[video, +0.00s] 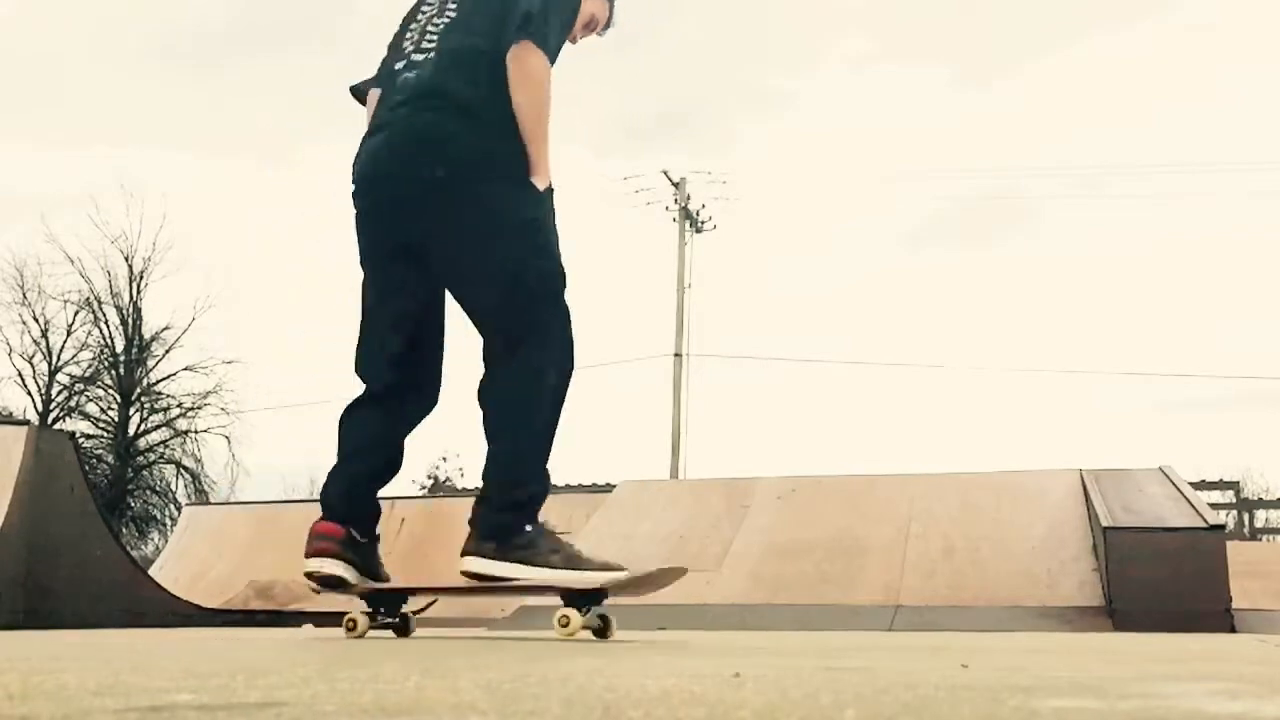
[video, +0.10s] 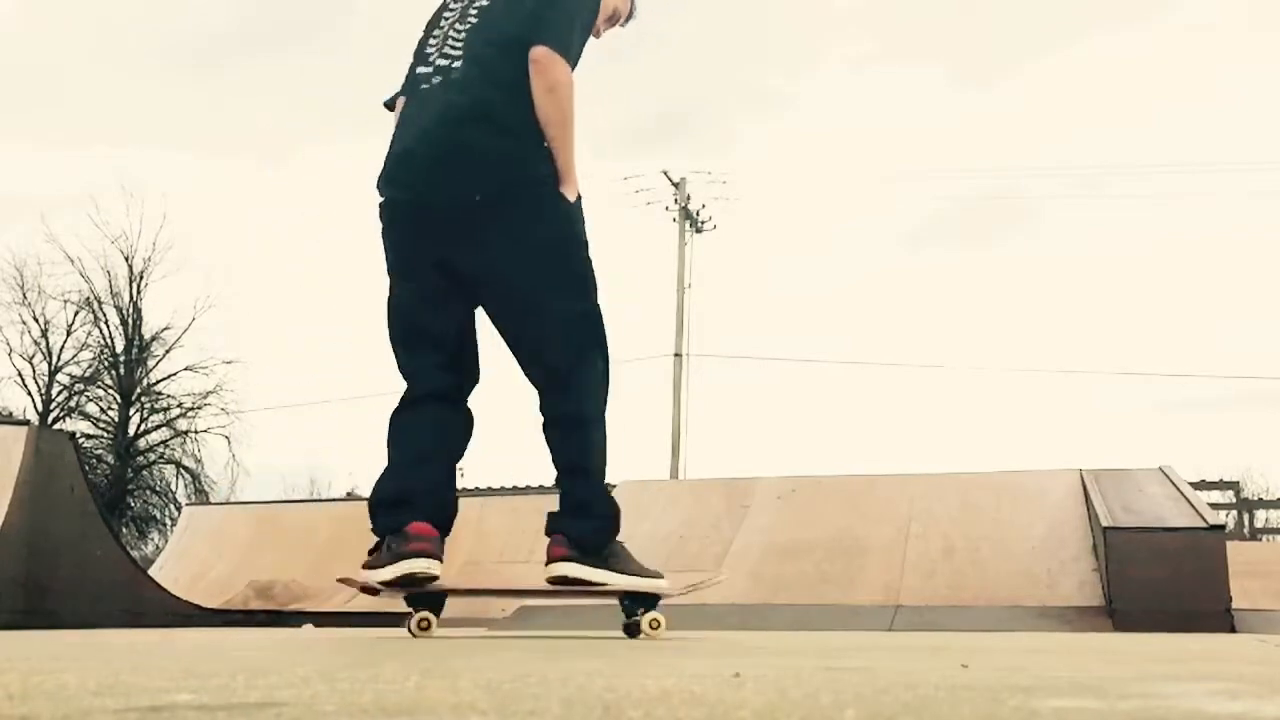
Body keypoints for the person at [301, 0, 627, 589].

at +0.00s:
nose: (583, 34)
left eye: (592, 31)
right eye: (594, 22)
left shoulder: (432, 8)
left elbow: (377, 94)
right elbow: (527, 53)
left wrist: (386, 171)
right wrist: (540, 171)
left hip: (385, 168)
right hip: (473, 163)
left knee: (399, 364)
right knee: (534, 345)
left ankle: (344, 522)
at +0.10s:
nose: (609, 25)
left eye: (616, 23)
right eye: (618, 15)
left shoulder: (458, 10)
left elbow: (404, 102)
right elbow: (547, 61)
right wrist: (567, 175)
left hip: (411, 185)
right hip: (506, 180)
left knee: (433, 373)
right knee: (572, 359)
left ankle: (411, 530)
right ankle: (584, 532)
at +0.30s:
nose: (671, 17)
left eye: (674, 11)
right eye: (675, 9)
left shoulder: (517, 8)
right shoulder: (637, 1)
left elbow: (479, 106)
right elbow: (617, 77)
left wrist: (490, 180)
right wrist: (631, 190)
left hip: (482, 195)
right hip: (579, 198)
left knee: (477, 369)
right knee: (594, 383)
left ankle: (450, 518)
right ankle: (585, 535)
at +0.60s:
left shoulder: (586, 7)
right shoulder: (723, 7)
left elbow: (550, 102)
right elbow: (707, 98)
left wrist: (541, 182)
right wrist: (704, 205)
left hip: (556, 194)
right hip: (651, 199)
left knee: (538, 370)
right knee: (650, 386)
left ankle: (515, 518)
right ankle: (645, 544)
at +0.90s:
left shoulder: (628, 16)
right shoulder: (767, 20)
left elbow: (600, 118)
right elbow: (765, 123)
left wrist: (591, 206)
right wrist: (759, 224)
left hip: (619, 217)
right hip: (716, 221)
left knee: (602, 385)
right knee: (712, 397)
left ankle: (593, 532)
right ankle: (709, 549)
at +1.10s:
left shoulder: (637, 22)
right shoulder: (771, 37)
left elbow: (624, 130)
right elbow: (783, 144)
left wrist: (627, 226)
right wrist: (780, 232)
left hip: (663, 230)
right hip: (753, 232)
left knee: (657, 394)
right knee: (765, 400)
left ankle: (662, 539)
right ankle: (778, 555)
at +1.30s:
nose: (626, 28)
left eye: (622, 19)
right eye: (622, 22)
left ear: (635, 3)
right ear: (675, 1)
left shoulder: (658, 23)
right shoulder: (739, 49)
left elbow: (670, 119)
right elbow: (768, 160)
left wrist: (664, 220)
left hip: (705, 232)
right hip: (768, 230)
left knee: (695, 397)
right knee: (768, 389)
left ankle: (750, 549)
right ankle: (838, 547)